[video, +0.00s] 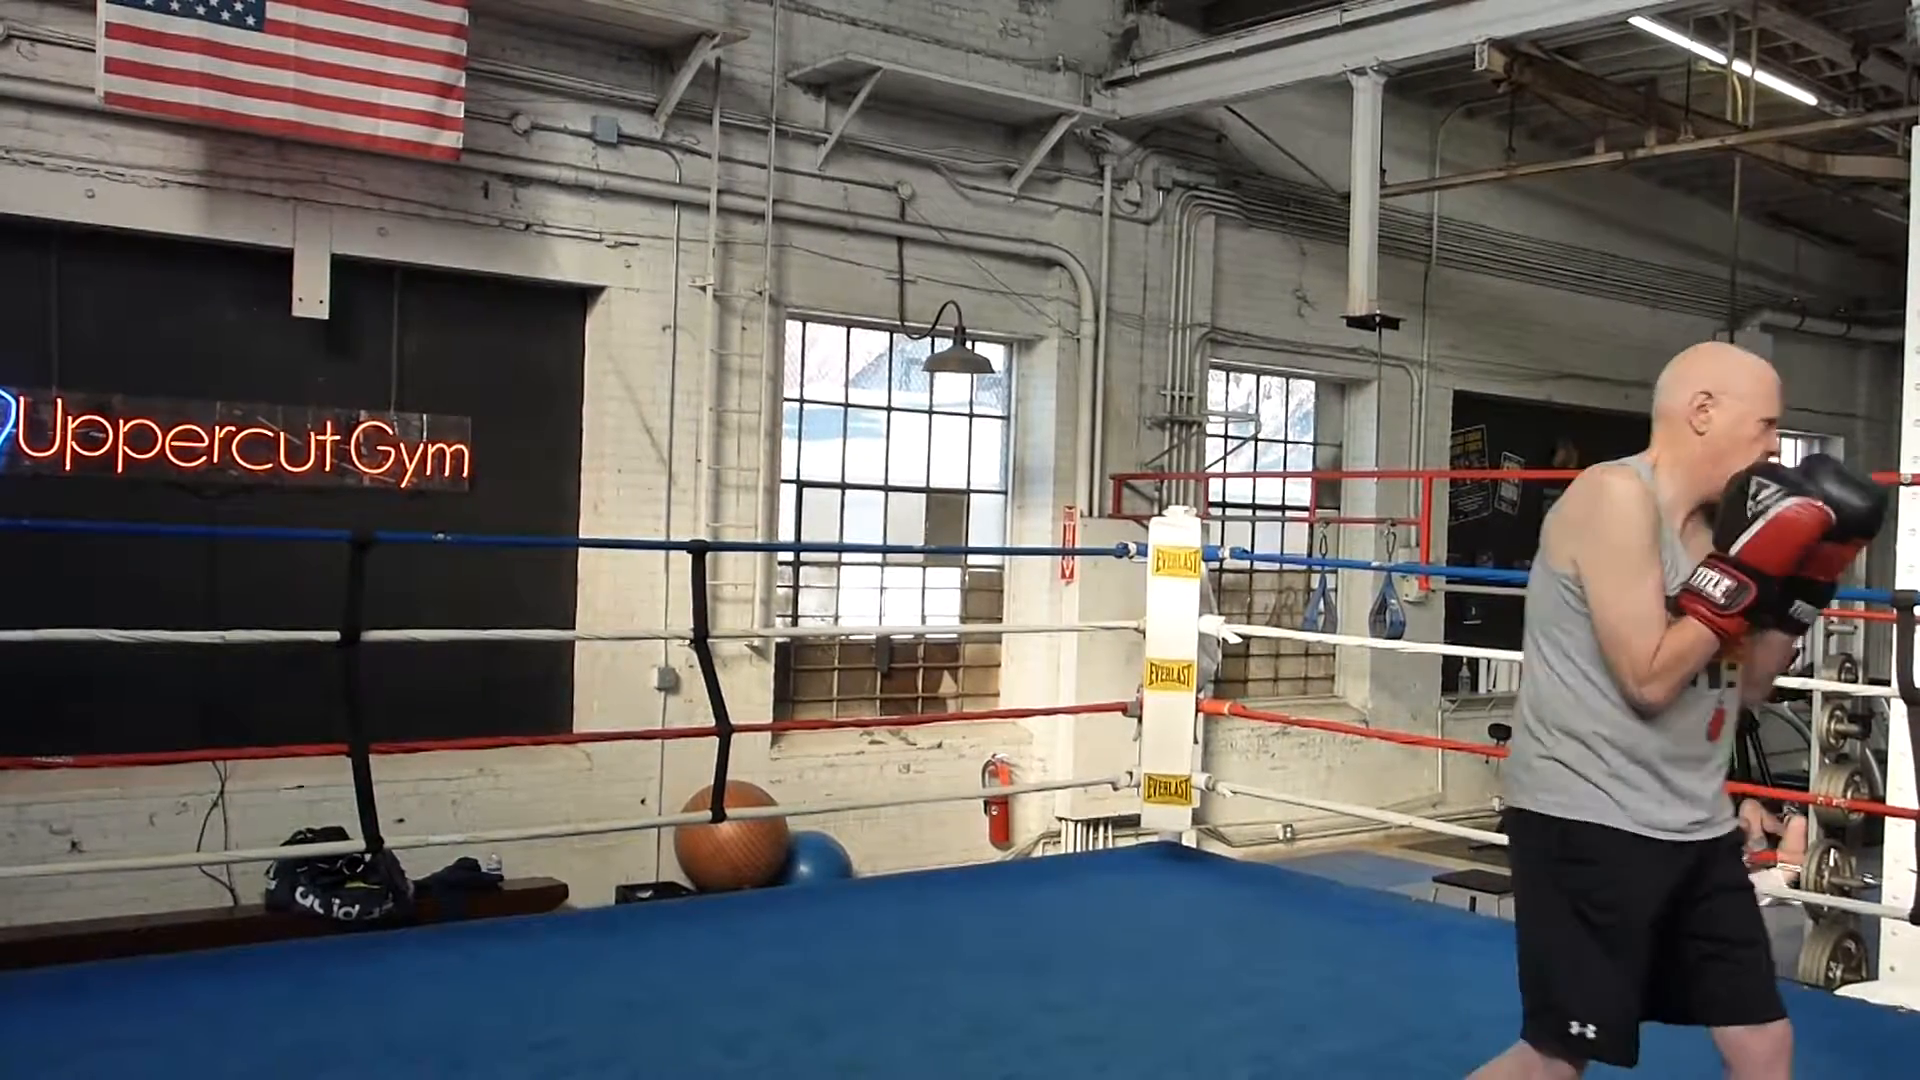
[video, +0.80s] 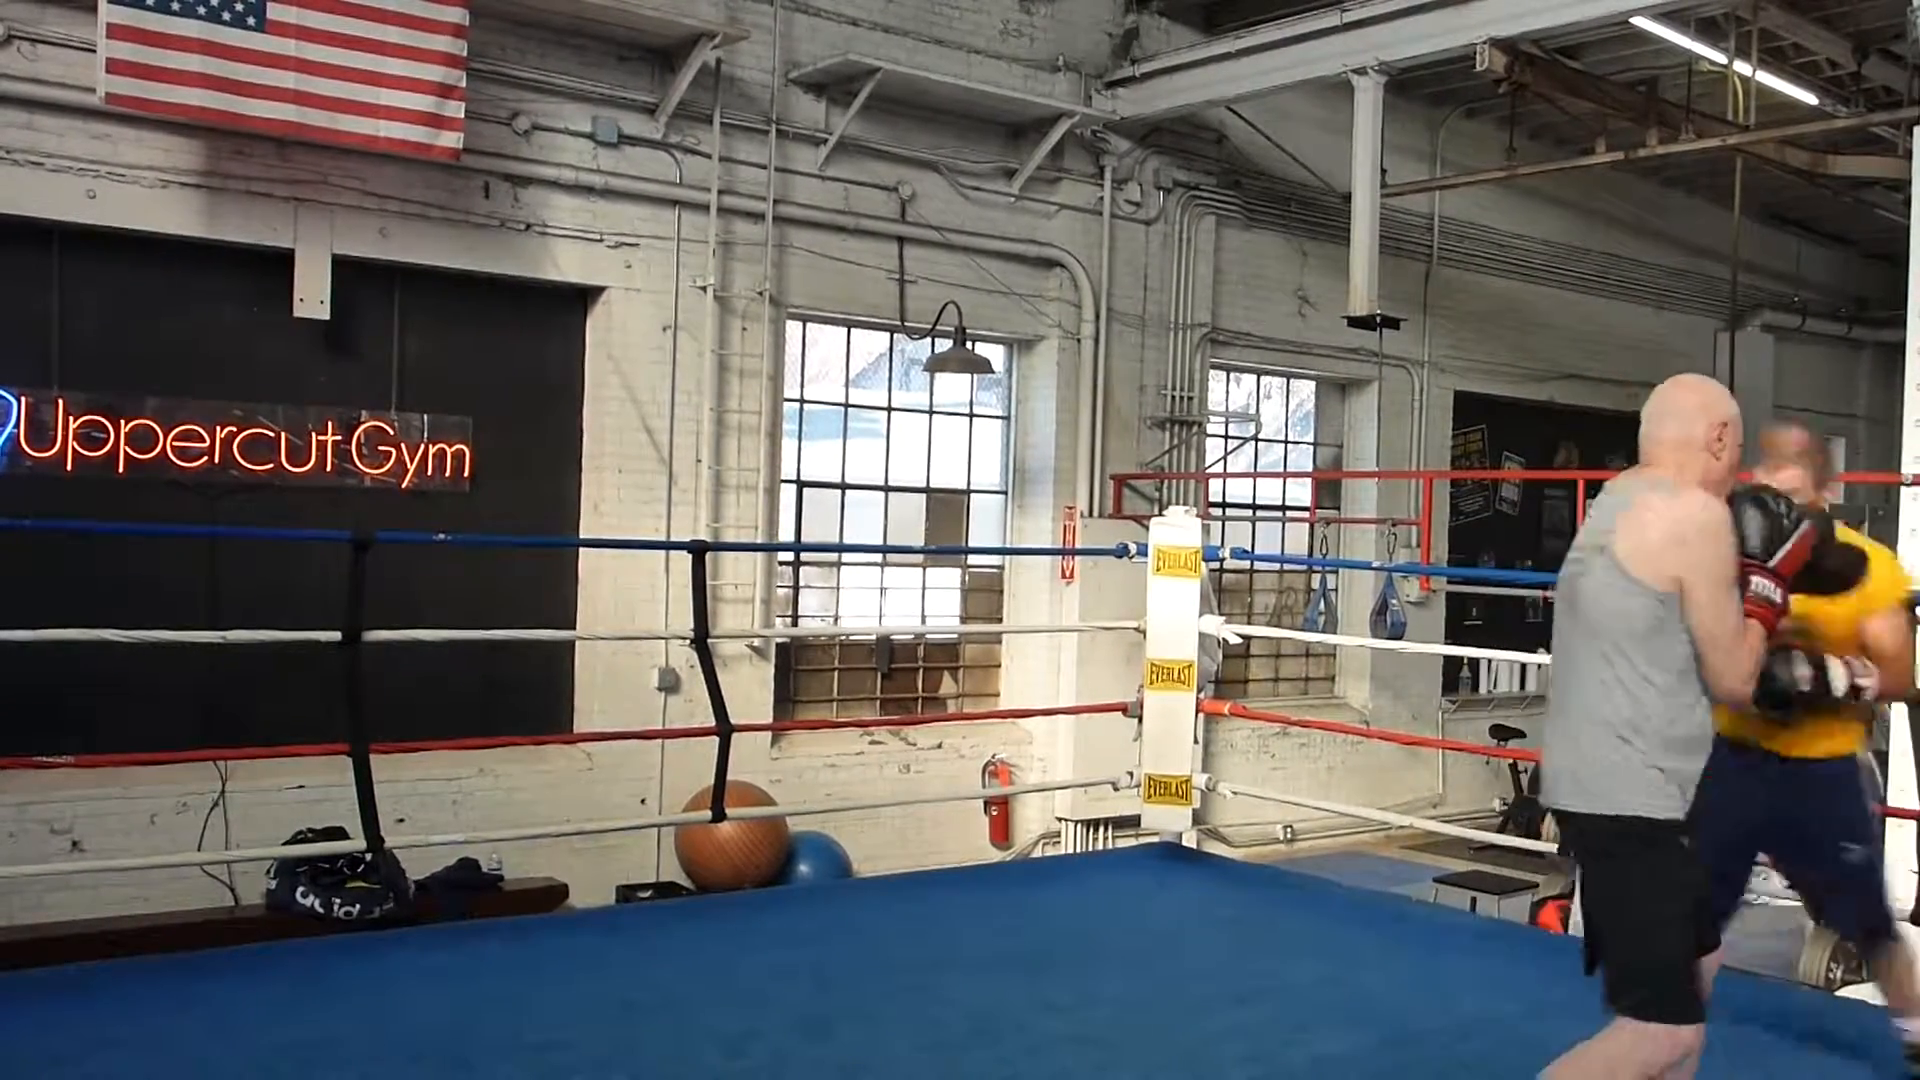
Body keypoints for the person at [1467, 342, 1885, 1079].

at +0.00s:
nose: (1775, 450)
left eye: (1778, 431)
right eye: (1766, 426)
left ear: (1702, 415)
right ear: (1701, 411)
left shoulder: (1706, 530)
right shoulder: (1612, 496)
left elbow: (1750, 681)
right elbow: (1649, 680)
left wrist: (1809, 580)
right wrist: (1749, 570)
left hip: (1697, 827)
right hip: (1584, 820)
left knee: (1761, 1045)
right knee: (1555, 1057)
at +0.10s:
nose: (1739, 466)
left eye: (1741, 447)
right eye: (1731, 441)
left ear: (1672, 426)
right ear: (1675, 422)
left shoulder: (1659, 538)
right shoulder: (1593, 508)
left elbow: (1702, 682)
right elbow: (1635, 690)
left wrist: (1752, 581)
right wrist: (1720, 581)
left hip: (1660, 831)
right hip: (1565, 827)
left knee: (1743, 1038)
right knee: (1535, 1058)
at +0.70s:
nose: (1715, 474)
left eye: (1719, 456)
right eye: (1717, 452)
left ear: (1631, 431)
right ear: (1688, 434)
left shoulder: (1593, 501)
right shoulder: (1648, 513)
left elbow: (1655, 657)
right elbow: (1693, 679)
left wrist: (1732, 593)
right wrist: (1737, 588)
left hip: (1586, 799)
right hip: (1599, 810)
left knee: (1676, 967)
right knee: (1586, 1038)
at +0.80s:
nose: (1736, 464)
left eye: (1736, 450)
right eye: (1736, 447)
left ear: (1653, 434)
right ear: (1717, 437)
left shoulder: (1615, 499)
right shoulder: (1694, 515)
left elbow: (1660, 645)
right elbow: (1734, 679)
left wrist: (1744, 566)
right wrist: (1770, 584)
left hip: (1592, 787)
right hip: (1630, 799)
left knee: (1694, 962)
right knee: (1663, 1031)